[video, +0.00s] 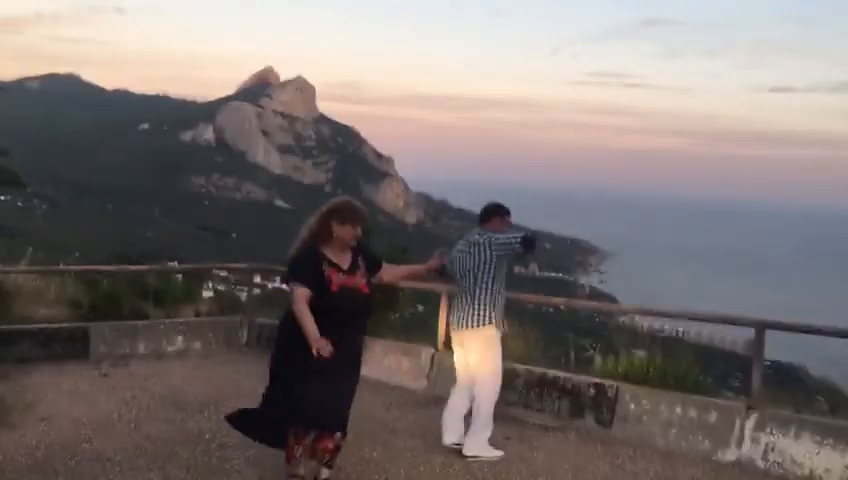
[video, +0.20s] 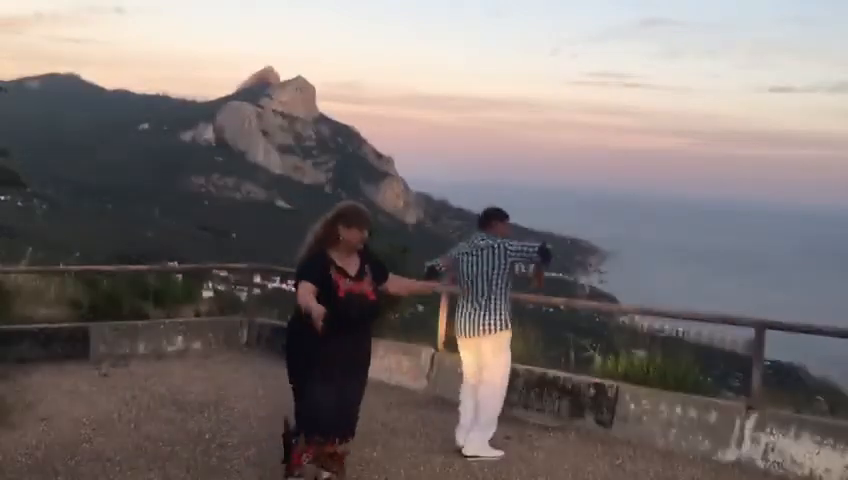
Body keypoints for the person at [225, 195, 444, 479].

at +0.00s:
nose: (357, 232)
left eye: (359, 227)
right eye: (352, 226)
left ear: (356, 230)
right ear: (333, 226)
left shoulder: (360, 258)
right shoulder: (308, 257)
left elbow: (390, 273)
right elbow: (299, 301)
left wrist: (428, 266)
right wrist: (315, 338)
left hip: (346, 347)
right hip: (307, 345)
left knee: (336, 410)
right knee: (303, 407)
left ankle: (323, 468)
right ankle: (297, 468)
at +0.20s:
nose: (363, 236)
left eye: (365, 230)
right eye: (357, 230)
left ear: (366, 233)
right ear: (339, 230)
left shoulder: (367, 261)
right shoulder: (317, 260)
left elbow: (394, 284)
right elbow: (304, 292)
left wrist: (435, 286)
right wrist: (313, 307)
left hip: (353, 345)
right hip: (316, 346)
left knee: (346, 402)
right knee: (316, 401)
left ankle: (333, 462)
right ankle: (307, 460)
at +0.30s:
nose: (373, 230)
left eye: (374, 224)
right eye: (367, 223)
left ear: (366, 227)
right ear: (348, 223)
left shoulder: (372, 259)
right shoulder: (323, 251)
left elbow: (393, 290)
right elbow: (305, 282)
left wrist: (432, 305)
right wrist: (326, 286)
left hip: (351, 346)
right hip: (314, 345)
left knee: (343, 412)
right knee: (312, 411)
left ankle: (330, 467)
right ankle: (303, 469)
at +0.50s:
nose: (379, 227)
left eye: (379, 221)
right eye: (375, 221)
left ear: (363, 224)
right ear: (357, 221)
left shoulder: (373, 263)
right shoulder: (332, 247)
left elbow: (384, 299)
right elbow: (316, 271)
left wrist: (411, 324)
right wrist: (353, 258)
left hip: (351, 351)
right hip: (316, 343)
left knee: (337, 407)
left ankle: (322, 465)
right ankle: (298, 466)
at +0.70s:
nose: (382, 230)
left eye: (381, 224)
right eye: (378, 224)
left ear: (365, 228)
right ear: (361, 227)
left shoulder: (370, 262)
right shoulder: (337, 256)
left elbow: (381, 292)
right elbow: (349, 284)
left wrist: (406, 308)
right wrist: (395, 269)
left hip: (363, 356)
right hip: (332, 356)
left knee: (367, 419)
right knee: (334, 420)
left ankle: (339, 471)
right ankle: (322, 472)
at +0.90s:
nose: (394, 228)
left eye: (394, 222)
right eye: (391, 222)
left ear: (373, 223)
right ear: (377, 222)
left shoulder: (372, 255)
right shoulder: (358, 254)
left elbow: (392, 281)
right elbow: (380, 294)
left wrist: (426, 285)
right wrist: (426, 293)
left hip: (365, 362)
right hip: (353, 365)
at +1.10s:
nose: (406, 230)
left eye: (406, 224)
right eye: (404, 224)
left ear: (377, 224)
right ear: (391, 226)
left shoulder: (365, 257)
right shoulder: (381, 263)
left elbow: (389, 265)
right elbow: (402, 310)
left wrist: (415, 257)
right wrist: (449, 327)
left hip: (359, 356)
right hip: (376, 362)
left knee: (356, 425)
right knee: (378, 431)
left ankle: (363, 471)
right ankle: (328, 471)